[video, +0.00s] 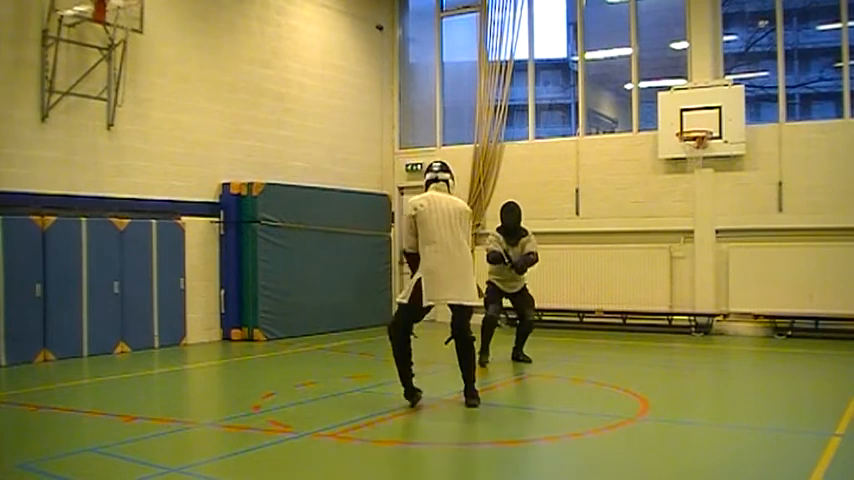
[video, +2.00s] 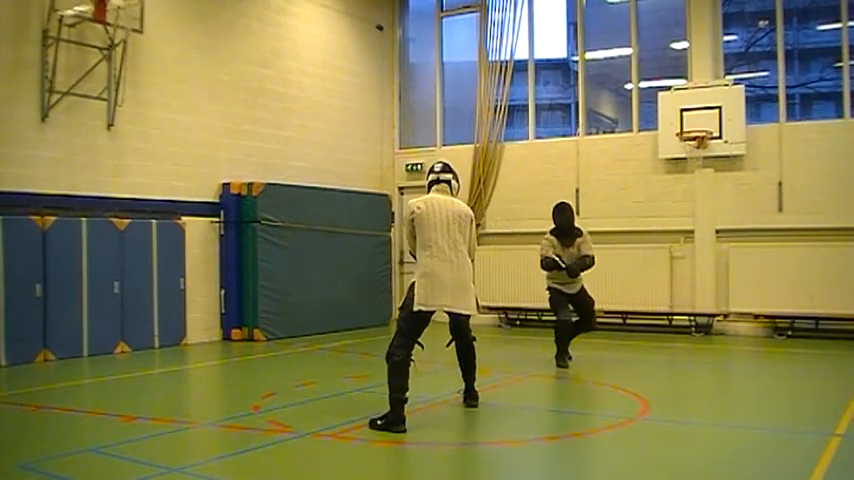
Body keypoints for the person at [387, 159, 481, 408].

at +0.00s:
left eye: (428, 179)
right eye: (446, 181)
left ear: (426, 181)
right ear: (451, 182)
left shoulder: (415, 203)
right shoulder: (463, 207)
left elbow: (410, 249)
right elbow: (466, 247)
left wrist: (421, 278)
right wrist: (459, 274)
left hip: (429, 279)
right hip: (462, 279)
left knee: (398, 328)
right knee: (462, 331)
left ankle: (409, 389)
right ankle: (471, 391)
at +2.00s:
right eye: (453, 182)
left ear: (429, 182)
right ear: (454, 184)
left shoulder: (416, 206)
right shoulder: (466, 211)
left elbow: (413, 248)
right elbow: (471, 251)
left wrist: (433, 265)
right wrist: (457, 271)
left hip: (427, 284)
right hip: (460, 284)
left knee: (400, 348)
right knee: (463, 335)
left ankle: (396, 414)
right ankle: (471, 392)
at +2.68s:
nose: (481, 187)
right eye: (483, 183)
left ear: (457, 180)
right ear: (480, 183)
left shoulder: (438, 202)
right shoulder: (488, 207)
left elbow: (435, 241)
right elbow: (494, 251)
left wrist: (449, 260)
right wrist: (474, 265)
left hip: (442, 277)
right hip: (475, 280)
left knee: (419, 334)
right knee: (477, 336)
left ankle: (405, 394)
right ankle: (473, 392)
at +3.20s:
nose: (487, 187)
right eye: (487, 182)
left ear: (460, 181)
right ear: (484, 183)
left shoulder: (442, 205)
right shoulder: (492, 208)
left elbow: (441, 247)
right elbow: (500, 256)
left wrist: (457, 268)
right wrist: (478, 271)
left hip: (449, 283)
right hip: (484, 284)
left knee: (435, 343)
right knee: (505, 328)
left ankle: (449, 401)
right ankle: (508, 386)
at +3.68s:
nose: (523, 188)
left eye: (522, 184)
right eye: (523, 184)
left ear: (495, 181)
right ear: (519, 184)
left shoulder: (476, 205)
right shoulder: (525, 209)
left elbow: (469, 241)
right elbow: (534, 257)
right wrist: (510, 264)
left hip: (478, 285)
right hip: (514, 285)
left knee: (458, 341)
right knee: (531, 331)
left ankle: (451, 399)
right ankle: (531, 386)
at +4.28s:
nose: (494, 183)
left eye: (493, 179)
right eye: (493, 178)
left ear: (466, 176)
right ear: (488, 176)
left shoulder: (449, 204)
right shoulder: (488, 195)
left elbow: (470, 247)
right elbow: (501, 236)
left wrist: (512, 260)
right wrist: (527, 233)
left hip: (448, 287)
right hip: (481, 287)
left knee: (455, 344)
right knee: (502, 341)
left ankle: (457, 404)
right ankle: (496, 403)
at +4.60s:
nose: (497, 186)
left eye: (496, 182)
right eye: (497, 182)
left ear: (468, 178)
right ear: (492, 179)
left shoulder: (448, 204)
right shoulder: (493, 198)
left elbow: (450, 250)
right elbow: (501, 243)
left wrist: (494, 274)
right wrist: (514, 260)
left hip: (446, 288)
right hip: (477, 286)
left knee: (459, 346)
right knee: (481, 349)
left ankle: (459, 410)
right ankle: (460, 413)